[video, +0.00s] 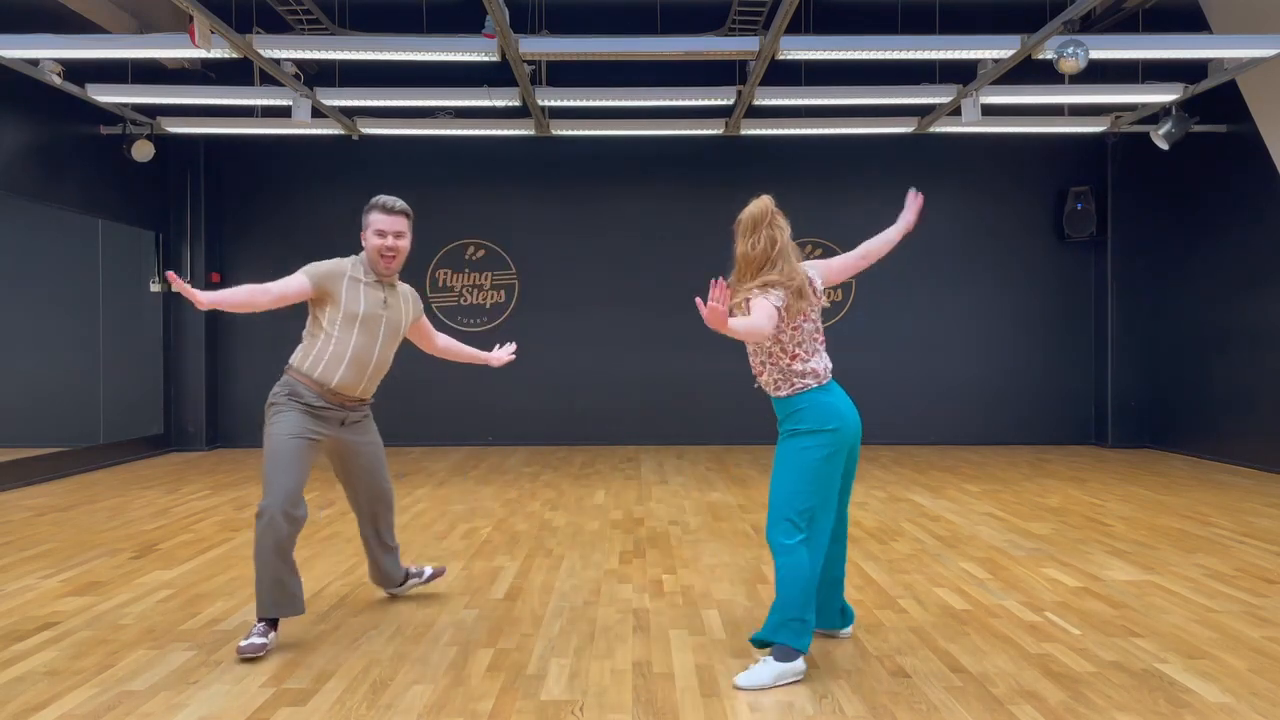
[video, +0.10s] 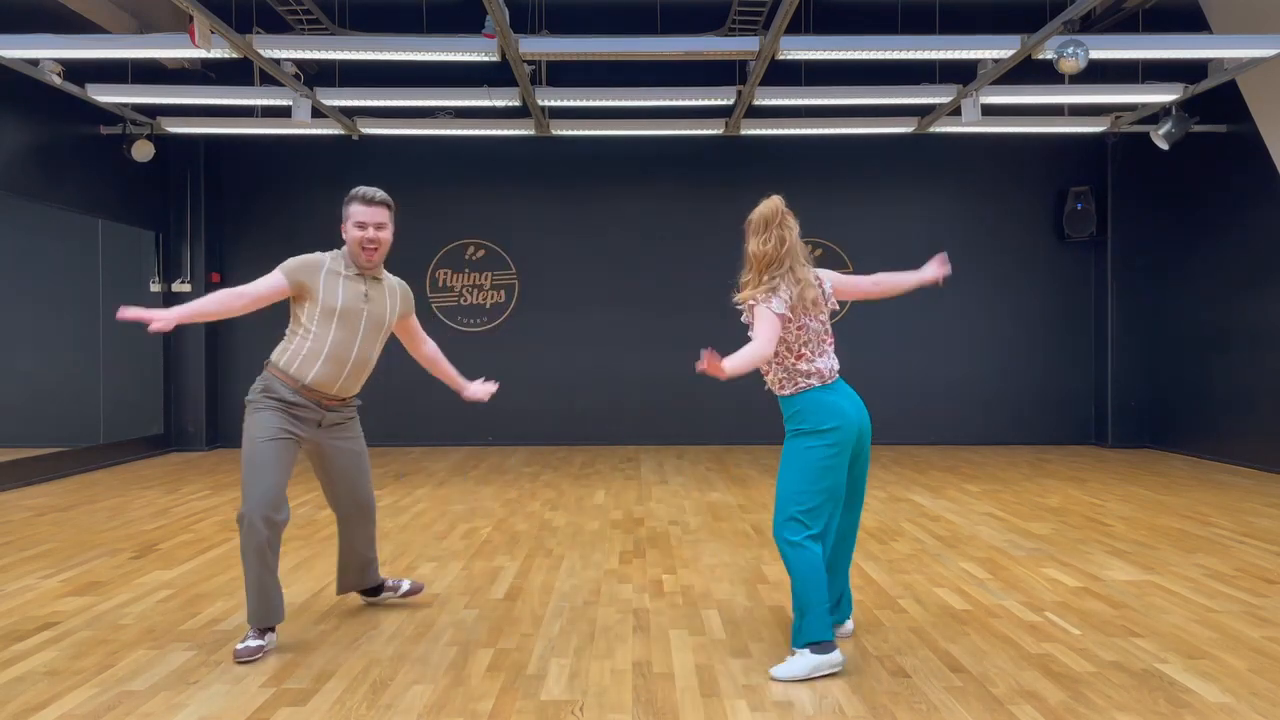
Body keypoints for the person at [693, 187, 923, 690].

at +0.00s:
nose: (738, 248)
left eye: (740, 240)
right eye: (746, 240)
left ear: (745, 244)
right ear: (785, 239)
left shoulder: (764, 289)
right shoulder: (808, 273)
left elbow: (762, 327)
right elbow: (859, 257)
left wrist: (721, 324)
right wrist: (903, 225)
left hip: (809, 422)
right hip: (837, 414)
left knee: (788, 530)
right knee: (828, 522)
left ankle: (788, 652)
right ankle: (830, 613)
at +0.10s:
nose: (748, 247)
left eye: (749, 240)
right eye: (753, 238)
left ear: (755, 243)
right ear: (794, 240)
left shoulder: (765, 294)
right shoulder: (818, 279)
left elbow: (763, 346)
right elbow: (873, 284)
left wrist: (724, 368)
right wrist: (926, 274)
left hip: (814, 419)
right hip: (848, 410)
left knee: (794, 529)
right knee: (838, 523)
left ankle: (817, 648)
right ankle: (837, 616)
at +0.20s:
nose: (760, 246)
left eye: (760, 239)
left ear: (763, 243)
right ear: (804, 240)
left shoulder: (764, 299)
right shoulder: (826, 284)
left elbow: (764, 366)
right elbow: (868, 326)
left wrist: (740, 425)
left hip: (812, 415)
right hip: (853, 405)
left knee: (801, 527)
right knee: (848, 514)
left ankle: (852, 634)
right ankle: (838, 602)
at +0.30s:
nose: (770, 244)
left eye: (769, 237)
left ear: (769, 242)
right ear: (812, 239)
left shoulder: (763, 296)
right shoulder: (838, 287)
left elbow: (764, 373)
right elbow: (848, 354)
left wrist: (764, 421)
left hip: (807, 409)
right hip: (853, 400)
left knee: (808, 525)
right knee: (851, 514)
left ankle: (871, 612)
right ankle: (842, 608)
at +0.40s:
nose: (778, 239)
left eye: (773, 232)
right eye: (803, 230)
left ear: (771, 236)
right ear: (815, 234)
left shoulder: (761, 287)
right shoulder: (837, 280)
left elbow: (757, 357)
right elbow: (846, 323)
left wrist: (747, 361)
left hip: (800, 406)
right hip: (850, 397)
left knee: (795, 513)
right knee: (850, 509)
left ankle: (861, 557)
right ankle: (845, 612)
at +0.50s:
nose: (769, 233)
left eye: (769, 228)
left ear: (772, 231)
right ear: (812, 229)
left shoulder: (757, 278)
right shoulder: (831, 269)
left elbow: (755, 314)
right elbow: (839, 308)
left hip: (786, 392)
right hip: (838, 388)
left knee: (781, 485)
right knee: (844, 497)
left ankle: (832, 502)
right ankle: (845, 604)